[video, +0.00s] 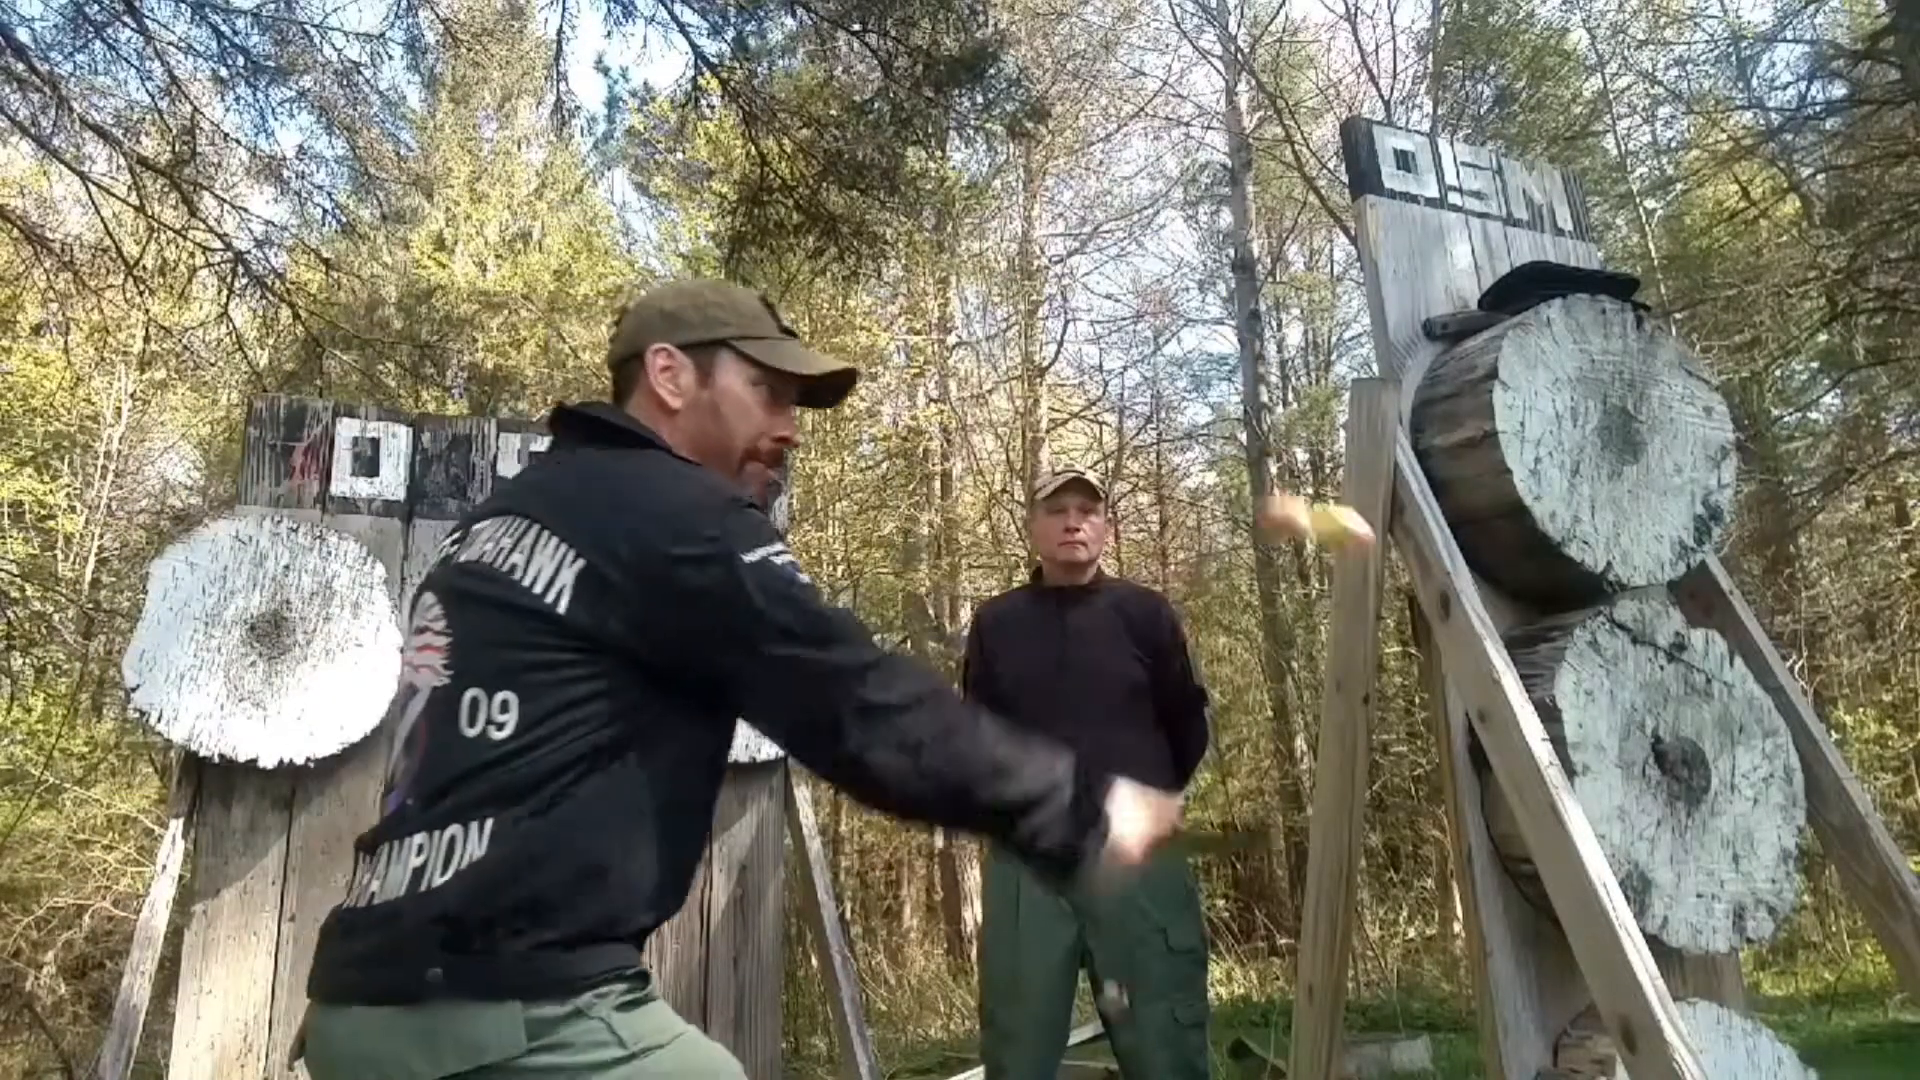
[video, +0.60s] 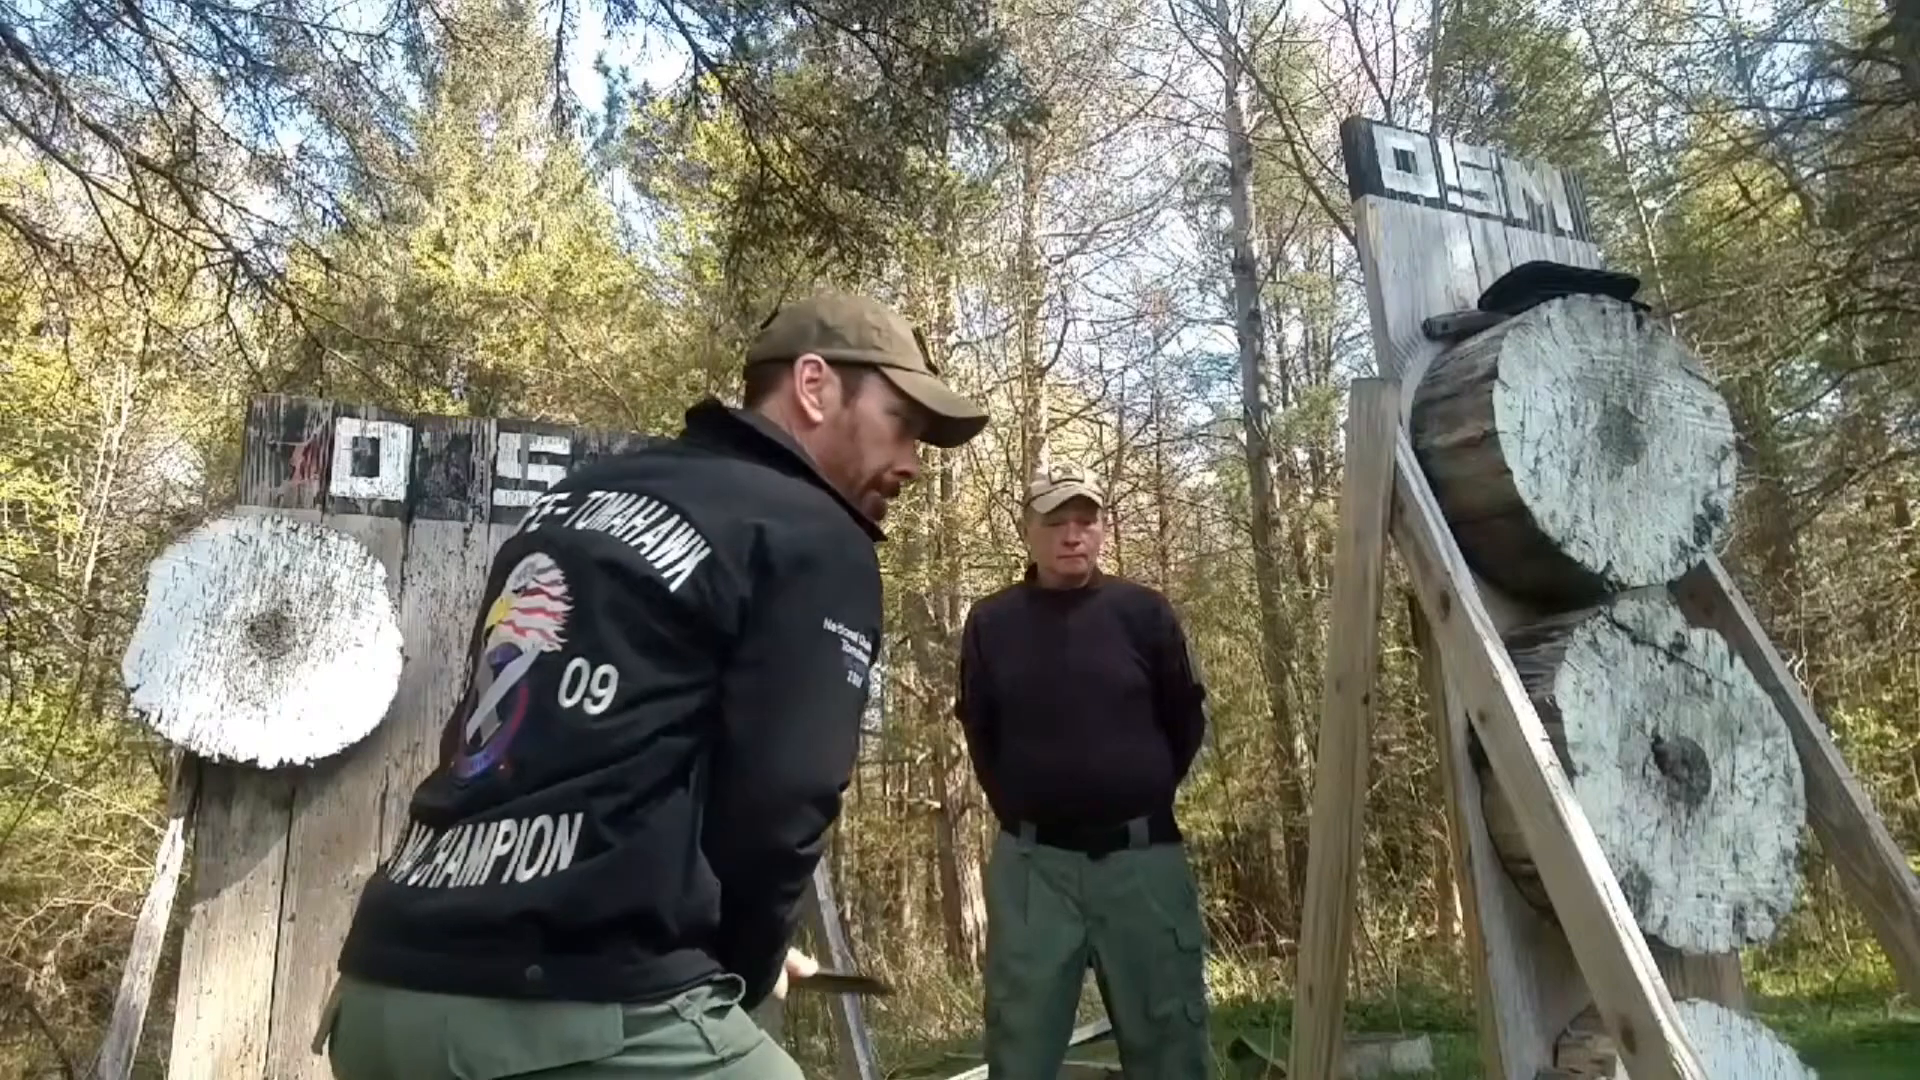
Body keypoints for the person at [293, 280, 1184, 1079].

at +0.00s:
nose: (790, 429)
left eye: (796, 402)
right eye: (770, 393)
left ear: (666, 389)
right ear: (669, 378)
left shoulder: (516, 507)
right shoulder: (682, 526)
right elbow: (867, 711)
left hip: (365, 1005)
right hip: (536, 1008)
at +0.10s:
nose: (819, 429)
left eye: (822, 401)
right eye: (800, 390)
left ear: (701, 376)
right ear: (701, 372)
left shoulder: (540, 491)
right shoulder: (718, 514)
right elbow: (829, 778)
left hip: (379, 1002)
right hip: (559, 1006)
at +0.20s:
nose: (853, 428)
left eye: (856, 401)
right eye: (830, 388)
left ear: (728, 369)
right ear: (735, 367)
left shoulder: (551, 493)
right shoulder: (745, 518)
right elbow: (775, 826)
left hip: (386, 996)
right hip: (574, 1003)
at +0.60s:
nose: (914, 466)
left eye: (920, 439)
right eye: (904, 425)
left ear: (805, 392)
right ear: (814, 389)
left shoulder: (590, 487)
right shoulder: (815, 536)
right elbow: (778, 804)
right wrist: (743, 971)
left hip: (388, 991)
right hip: (594, 1006)